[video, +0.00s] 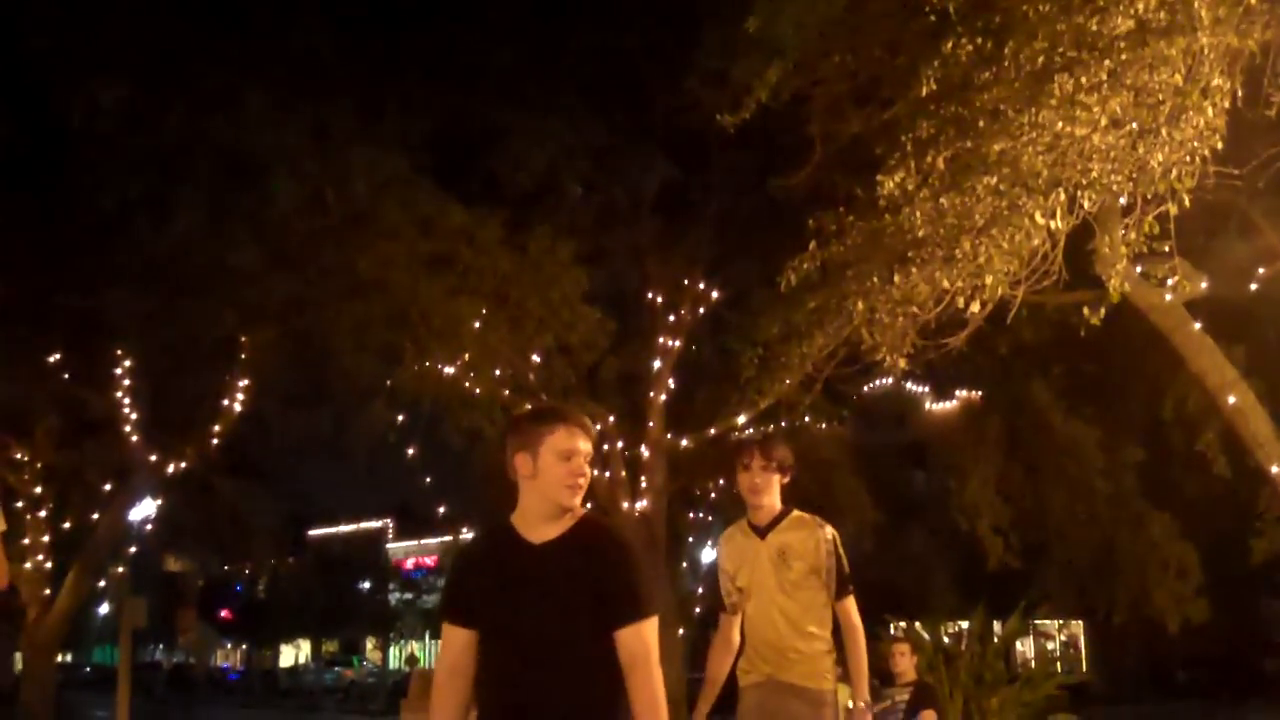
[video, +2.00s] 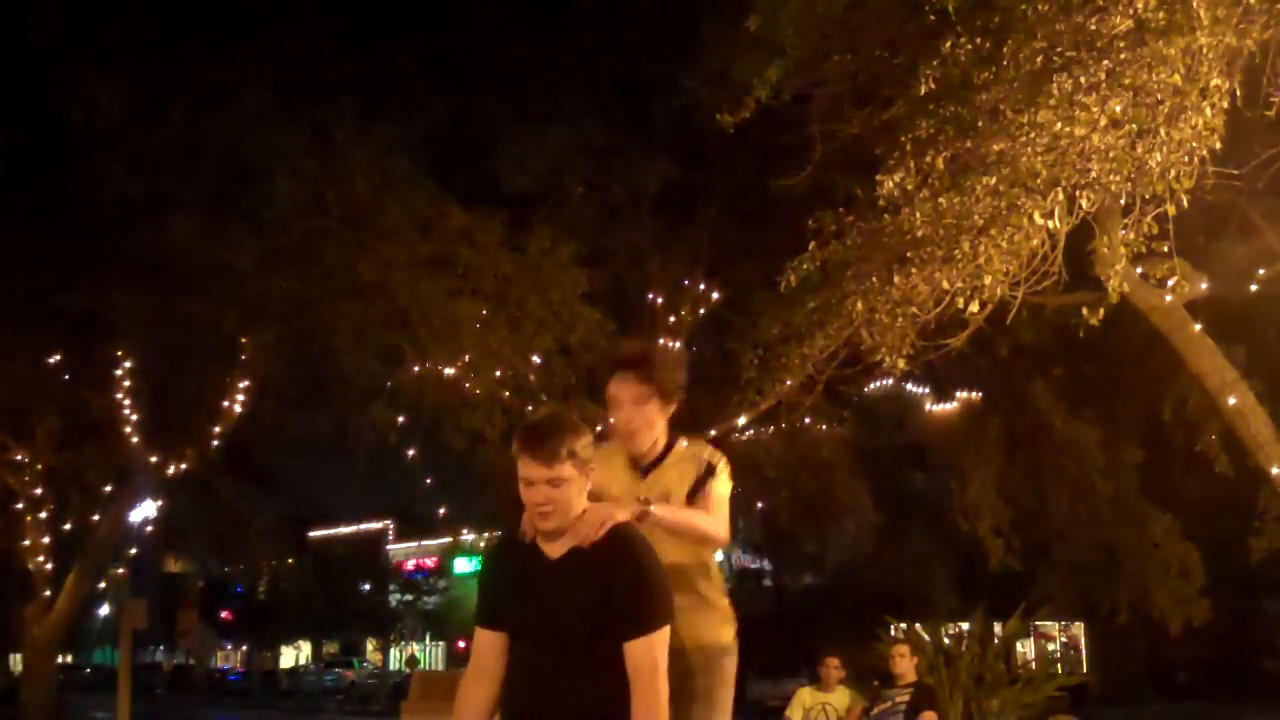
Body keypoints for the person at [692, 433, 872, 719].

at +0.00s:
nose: (754, 477)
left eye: (765, 467)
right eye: (746, 468)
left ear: (784, 475)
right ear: (735, 478)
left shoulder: (818, 535)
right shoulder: (729, 542)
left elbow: (850, 620)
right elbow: (728, 633)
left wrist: (861, 701)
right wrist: (701, 710)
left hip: (813, 689)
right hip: (754, 688)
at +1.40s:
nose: (709, 479)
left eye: (721, 467)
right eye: (700, 467)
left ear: (743, 476)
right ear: (691, 475)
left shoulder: (781, 539)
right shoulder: (675, 543)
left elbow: (815, 616)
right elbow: (680, 627)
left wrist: (832, 700)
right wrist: (676, 695)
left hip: (778, 698)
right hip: (713, 700)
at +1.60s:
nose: (698, 506)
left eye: (710, 494)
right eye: (689, 494)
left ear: (735, 504)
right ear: (679, 502)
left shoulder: (774, 576)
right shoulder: (664, 574)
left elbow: (813, 664)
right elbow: (652, 661)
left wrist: (820, 713)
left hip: (759, 711)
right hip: (689, 711)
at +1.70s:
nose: (685, 456)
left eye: (695, 443)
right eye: (677, 444)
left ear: (722, 451)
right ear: (668, 453)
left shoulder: (760, 516)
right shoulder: (653, 521)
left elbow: (805, 618)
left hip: (743, 700)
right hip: (673, 700)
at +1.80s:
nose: (666, 412)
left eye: (679, 398)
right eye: (658, 399)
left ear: (707, 404)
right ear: (649, 405)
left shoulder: (746, 465)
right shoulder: (637, 467)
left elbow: (785, 553)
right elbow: (622, 549)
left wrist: (728, 541)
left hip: (722, 639)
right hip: (654, 638)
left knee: (727, 714)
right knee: (650, 715)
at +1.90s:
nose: (647, 396)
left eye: (660, 382)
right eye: (637, 384)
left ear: (690, 386)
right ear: (629, 389)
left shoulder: (726, 445)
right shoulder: (618, 445)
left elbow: (730, 509)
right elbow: (594, 509)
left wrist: (658, 509)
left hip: (715, 625)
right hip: (642, 623)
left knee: (715, 713)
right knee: (639, 715)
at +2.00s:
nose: (622, 418)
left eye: (636, 404)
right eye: (614, 405)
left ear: (668, 405)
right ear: (605, 407)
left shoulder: (705, 462)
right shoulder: (594, 463)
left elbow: (717, 531)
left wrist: (639, 511)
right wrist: (538, 518)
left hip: (697, 631)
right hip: (620, 632)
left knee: (704, 713)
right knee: (627, 715)